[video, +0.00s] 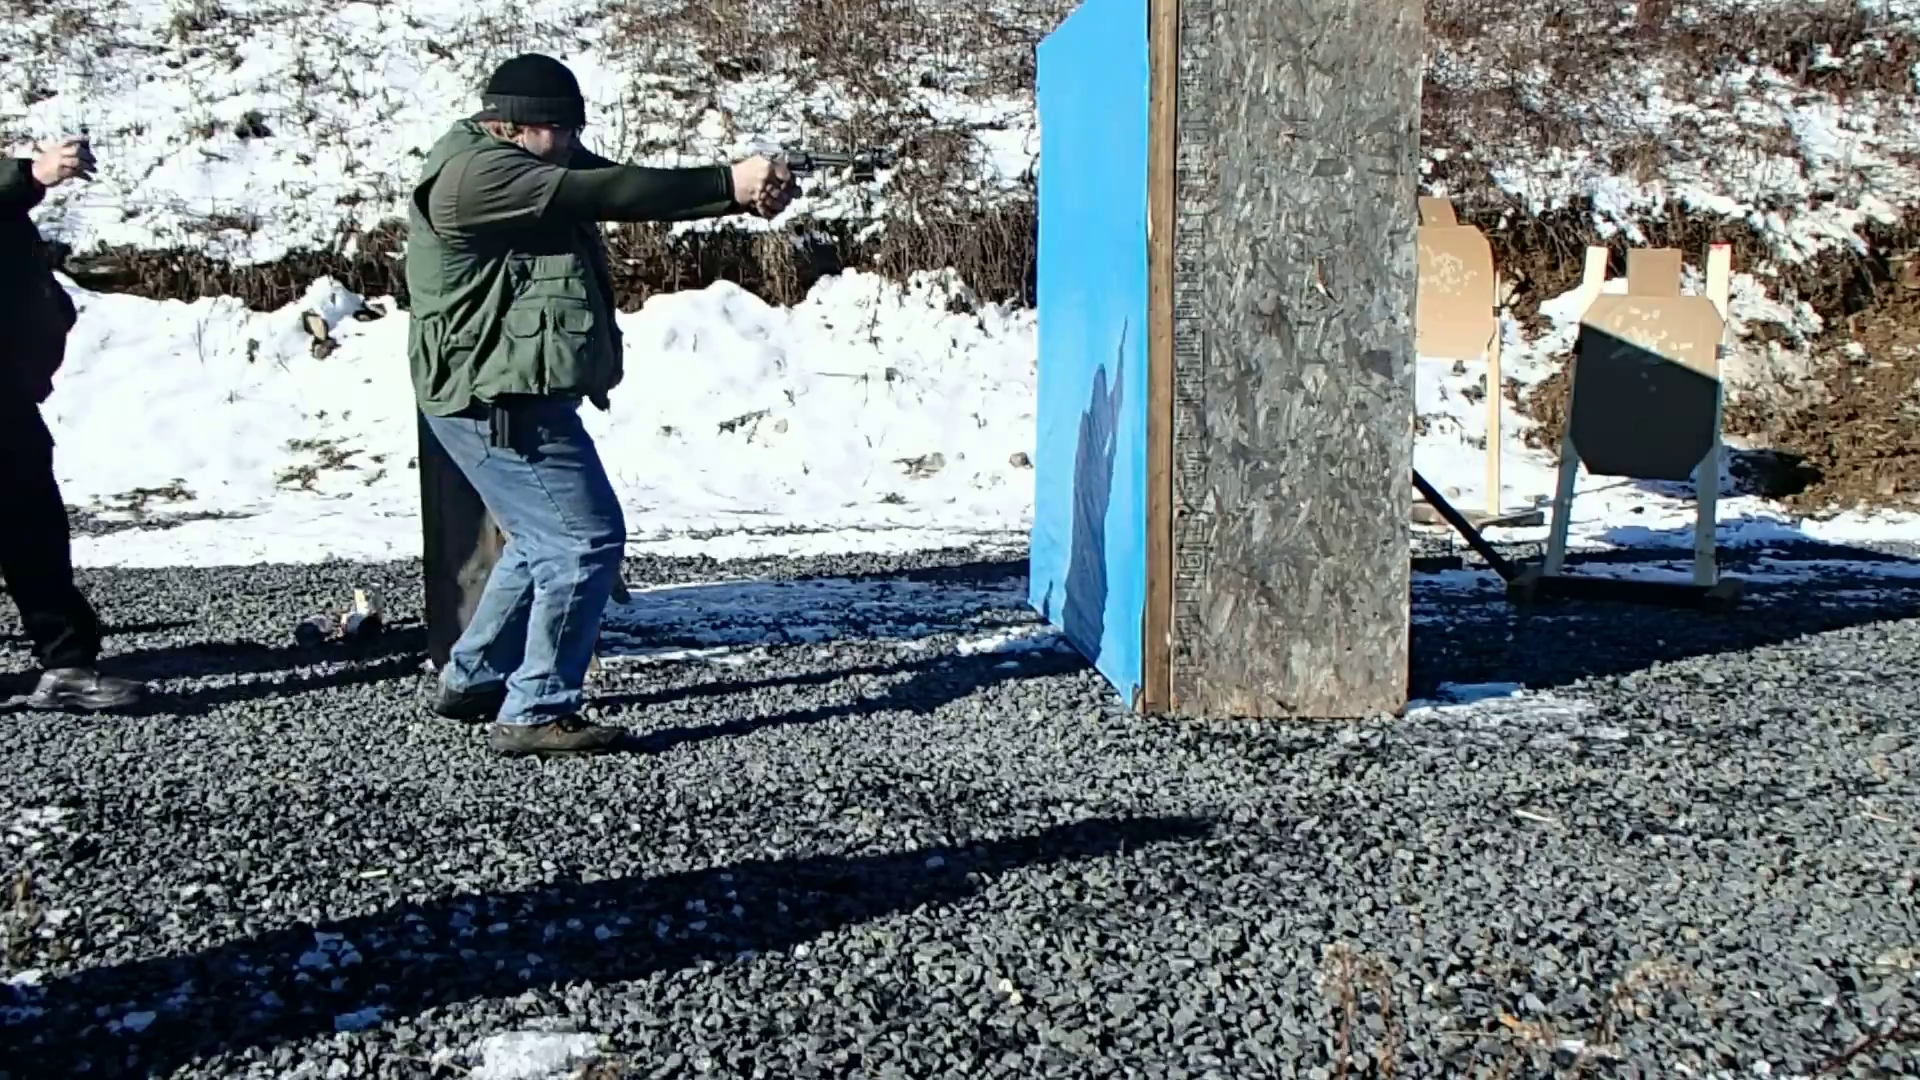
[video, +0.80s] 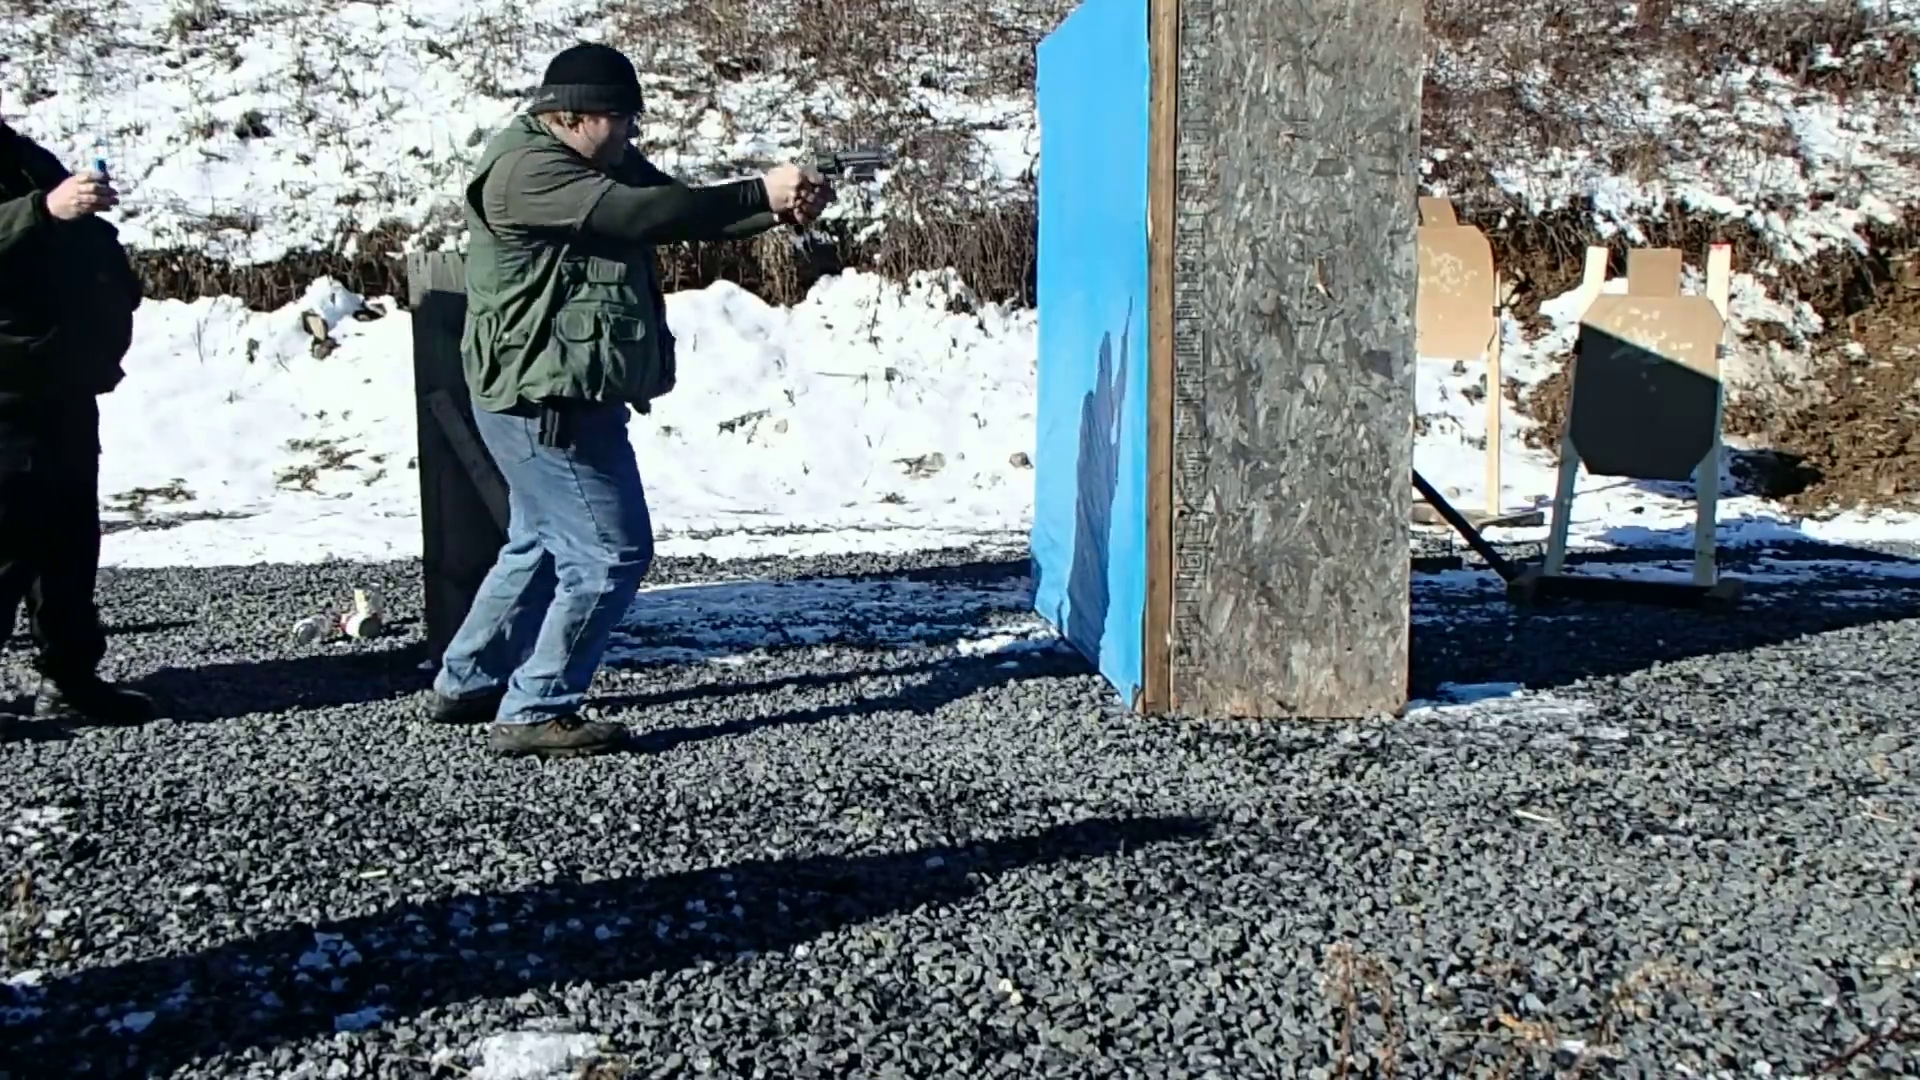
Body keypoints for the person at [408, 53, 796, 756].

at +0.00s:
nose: (576, 145)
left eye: (574, 131)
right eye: (567, 131)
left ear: (517, 122)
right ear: (525, 125)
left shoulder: (498, 165)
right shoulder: (482, 175)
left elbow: (617, 185)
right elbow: (604, 191)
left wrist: (730, 189)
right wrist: (728, 183)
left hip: (505, 392)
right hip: (494, 399)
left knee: (543, 537)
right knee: (587, 539)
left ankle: (472, 677)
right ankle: (538, 710)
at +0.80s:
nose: (629, 136)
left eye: (630, 124)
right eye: (623, 123)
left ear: (574, 115)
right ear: (582, 116)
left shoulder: (591, 162)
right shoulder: (528, 169)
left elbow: (682, 206)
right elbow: (641, 210)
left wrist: (775, 203)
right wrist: (762, 195)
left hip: (556, 394)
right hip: (546, 400)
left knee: (539, 542)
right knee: (613, 551)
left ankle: (466, 683)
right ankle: (538, 711)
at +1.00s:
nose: (697, 127)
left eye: (696, 113)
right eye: (689, 113)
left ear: (649, 111)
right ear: (648, 112)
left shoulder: (678, 177)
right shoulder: (580, 179)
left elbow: (699, 267)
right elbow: (615, 284)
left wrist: (766, 256)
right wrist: (720, 250)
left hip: (654, 402)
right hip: (584, 404)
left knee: (666, 550)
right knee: (628, 564)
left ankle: (517, 640)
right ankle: (539, 710)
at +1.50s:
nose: (941, 146)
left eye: (947, 133)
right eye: (936, 130)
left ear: (928, 125)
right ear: (896, 115)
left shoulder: (923, 181)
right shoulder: (838, 170)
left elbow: (927, 285)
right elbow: (827, 282)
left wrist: (965, 297)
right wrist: (939, 296)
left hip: (871, 386)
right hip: (818, 389)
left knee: (913, 516)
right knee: (947, 502)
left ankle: (892, 686)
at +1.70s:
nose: (998, 133)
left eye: (1003, 121)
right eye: (994, 117)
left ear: (966, 105)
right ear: (952, 101)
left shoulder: (966, 161)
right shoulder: (896, 154)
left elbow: (983, 258)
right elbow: (864, 270)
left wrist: (1013, 291)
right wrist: (977, 298)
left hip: (937, 380)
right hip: (898, 384)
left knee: (945, 535)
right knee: (1015, 506)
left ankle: (900, 690)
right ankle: (983, 696)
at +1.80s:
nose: (1028, 130)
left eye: (1032, 117)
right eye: (1024, 114)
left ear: (988, 99)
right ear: (982, 96)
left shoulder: (980, 154)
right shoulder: (928, 153)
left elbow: (1024, 253)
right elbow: (894, 269)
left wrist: (1036, 296)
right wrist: (1004, 303)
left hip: (951, 375)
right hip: (926, 381)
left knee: (961, 535)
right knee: (1023, 523)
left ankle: (901, 692)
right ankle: (1009, 711)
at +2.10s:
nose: (1085, 128)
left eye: (1091, 116)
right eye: (1082, 111)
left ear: (1043, 89)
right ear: (1044, 88)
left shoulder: (1037, 144)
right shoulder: (988, 130)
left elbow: (1072, 254)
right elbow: (948, 247)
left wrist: (1086, 300)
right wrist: (1057, 304)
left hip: (985, 377)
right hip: (996, 382)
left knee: (1002, 532)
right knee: (1069, 540)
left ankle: (916, 675)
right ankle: (1008, 713)